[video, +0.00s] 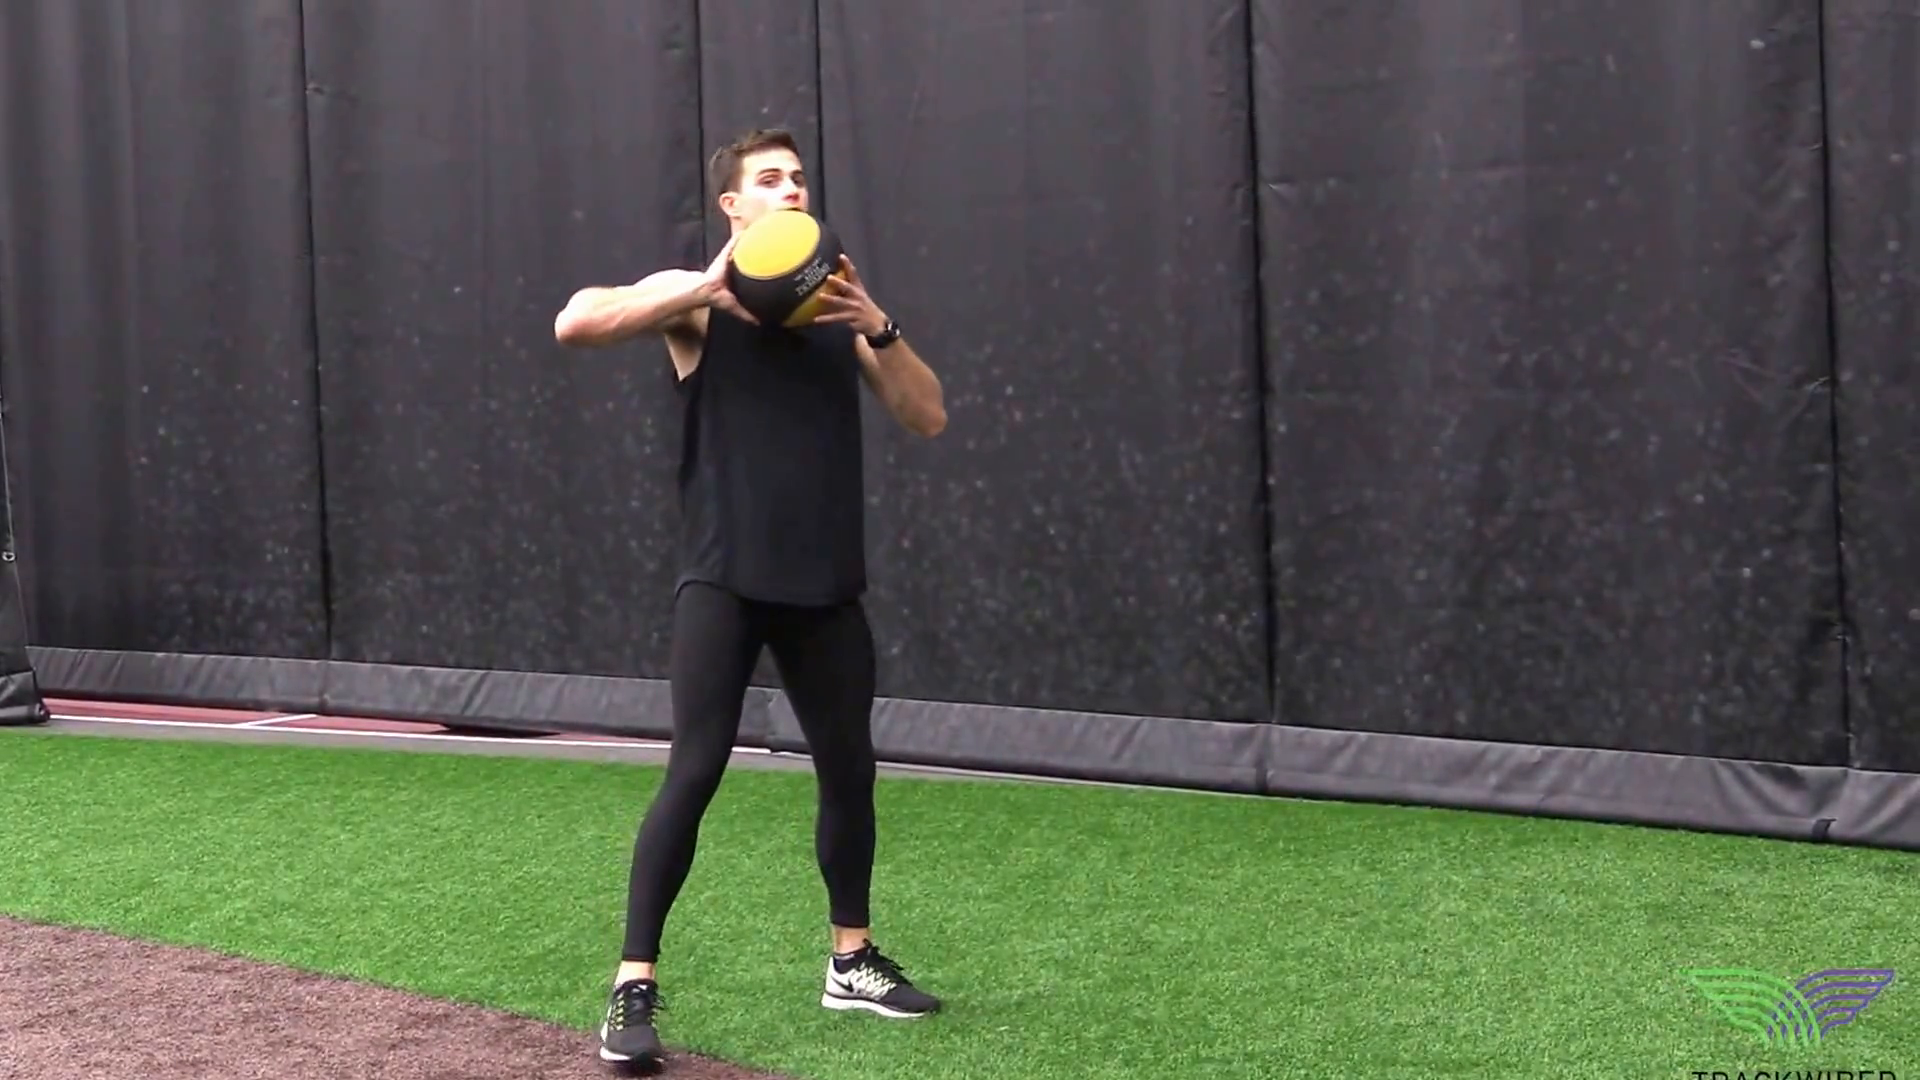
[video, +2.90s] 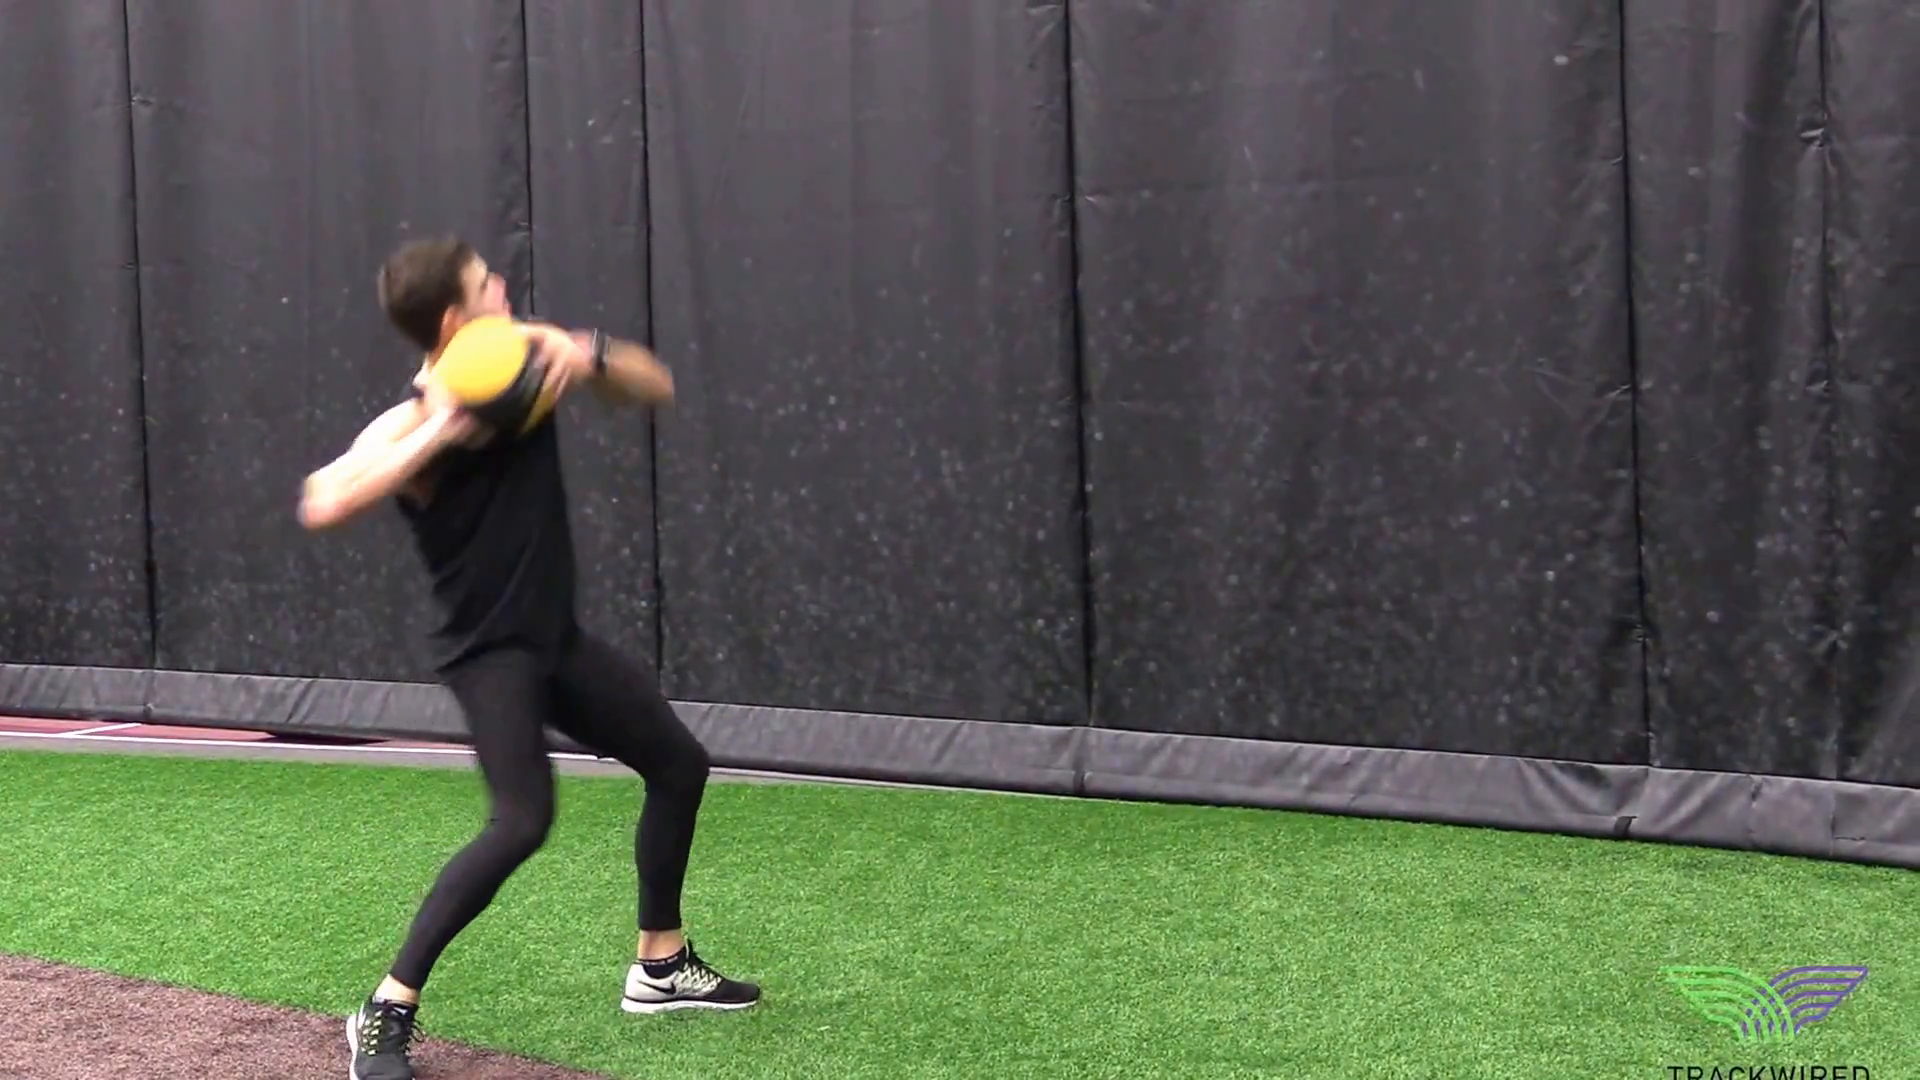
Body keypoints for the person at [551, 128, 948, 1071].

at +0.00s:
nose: (790, 189)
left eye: (798, 177)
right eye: (770, 178)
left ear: (811, 197)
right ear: (729, 202)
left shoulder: (839, 301)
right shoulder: (694, 291)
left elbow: (930, 417)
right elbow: (572, 323)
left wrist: (880, 332)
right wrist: (696, 294)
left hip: (823, 578)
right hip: (721, 574)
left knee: (850, 768)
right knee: (695, 767)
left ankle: (851, 961)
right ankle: (635, 982)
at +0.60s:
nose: (716, 213)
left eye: (721, 198)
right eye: (695, 199)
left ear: (728, 214)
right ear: (643, 216)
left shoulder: (751, 308)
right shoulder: (597, 302)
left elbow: (841, 422)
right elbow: (457, 314)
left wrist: (792, 342)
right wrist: (578, 313)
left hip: (720, 585)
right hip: (618, 582)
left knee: (747, 765)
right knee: (596, 753)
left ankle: (771, 959)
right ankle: (528, 972)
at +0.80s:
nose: (615, 230)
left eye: (619, 213)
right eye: (594, 216)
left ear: (627, 224)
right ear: (543, 233)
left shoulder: (668, 315)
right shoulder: (498, 312)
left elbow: (750, 428)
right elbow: (355, 331)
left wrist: (685, 360)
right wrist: (482, 333)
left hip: (639, 588)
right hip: (530, 584)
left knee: (671, 772)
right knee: (496, 761)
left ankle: (698, 962)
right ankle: (420, 980)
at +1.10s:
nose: (523, 278)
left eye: (527, 260)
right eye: (500, 267)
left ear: (537, 264)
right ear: (452, 284)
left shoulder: (583, 345)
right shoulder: (417, 354)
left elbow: (671, 462)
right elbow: (259, 373)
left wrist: (580, 422)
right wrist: (376, 388)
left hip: (579, 612)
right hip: (470, 612)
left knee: (648, 779)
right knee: (436, 789)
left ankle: (683, 961)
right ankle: (377, 1004)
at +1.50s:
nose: (441, 376)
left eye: (440, 354)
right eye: (417, 368)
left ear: (448, 346)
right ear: (367, 384)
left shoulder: (501, 412)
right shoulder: (328, 427)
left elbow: (585, 535)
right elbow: (172, 441)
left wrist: (486, 518)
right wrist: (275, 473)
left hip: (535, 619)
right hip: (424, 636)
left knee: (631, 781)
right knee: (409, 800)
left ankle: (692, 933)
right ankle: (377, 1011)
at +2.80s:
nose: (494, 338)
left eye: (486, 326)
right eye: (475, 337)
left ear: (481, 339)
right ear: (431, 370)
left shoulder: (529, 382)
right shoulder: (384, 451)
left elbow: (648, 457)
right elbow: (249, 517)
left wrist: (569, 429)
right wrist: (372, 483)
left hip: (539, 651)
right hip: (454, 667)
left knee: (680, 770)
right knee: (492, 822)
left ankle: (657, 965)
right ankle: (390, 1013)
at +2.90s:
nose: (501, 287)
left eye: (493, 276)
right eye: (485, 283)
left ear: (469, 307)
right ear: (450, 316)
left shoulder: (527, 360)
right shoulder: (410, 417)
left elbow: (656, 386)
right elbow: (319, 504)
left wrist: (590, 355)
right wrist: (433, 432)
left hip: (557, 637)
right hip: (487, 651)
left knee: (679, 767)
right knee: (521, 818)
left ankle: (662, 963)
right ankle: (392, 1002)